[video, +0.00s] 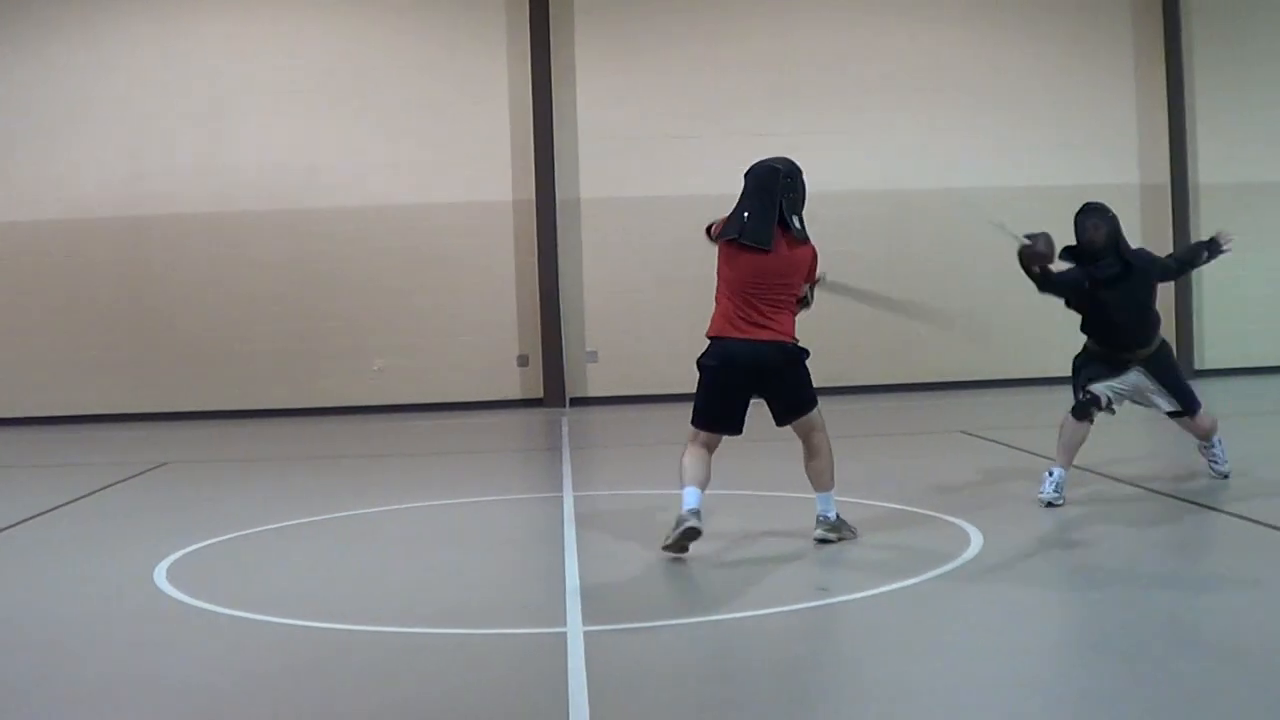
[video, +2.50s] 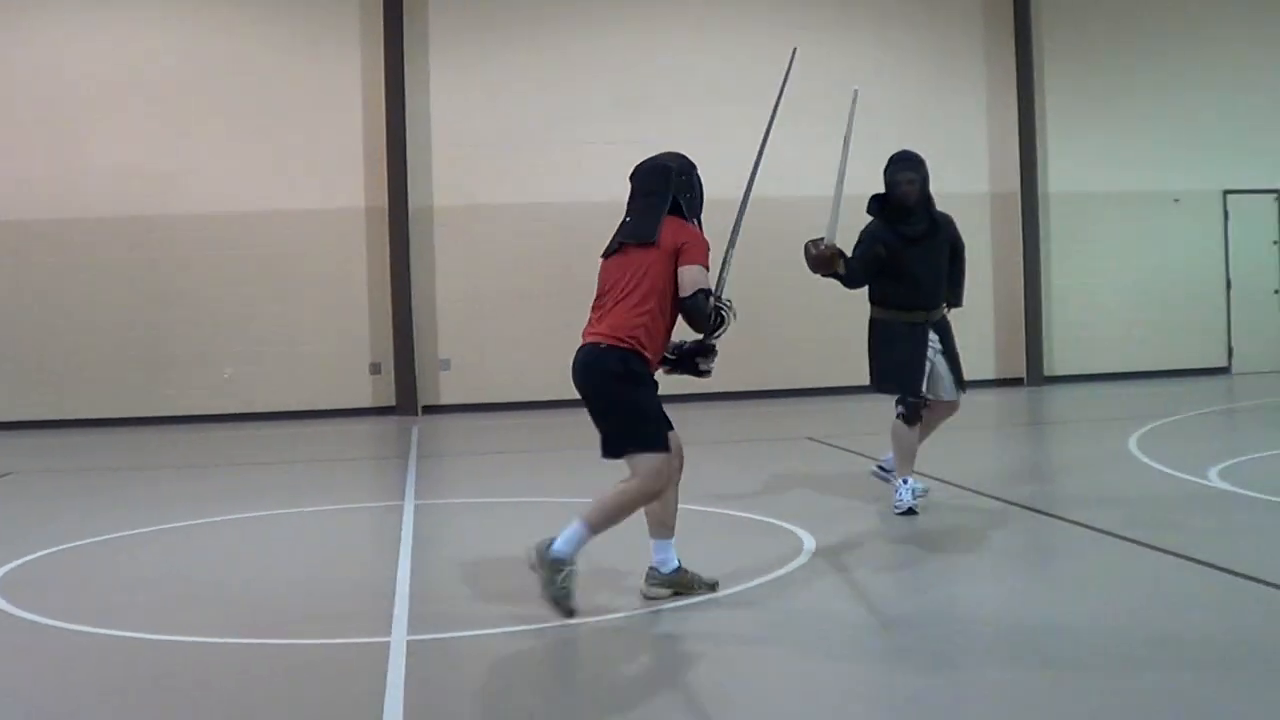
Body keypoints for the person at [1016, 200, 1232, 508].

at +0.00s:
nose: (1090, 235)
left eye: (1096, 227)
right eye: (1084, 229)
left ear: (1112, 229)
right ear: (1077, 236)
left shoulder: (1141, 264)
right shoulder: (1079, 277)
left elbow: (1176, 265)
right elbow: (1046, 283)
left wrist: (1208, 248)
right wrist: (1032, 263)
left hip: (1150, 356)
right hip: (1101, 359)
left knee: (1200, 425)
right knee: (1085, 406)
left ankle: (1211, 445)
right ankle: (1057, 476)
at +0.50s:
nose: (1111, 209)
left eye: (1118, 202)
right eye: (1106, 203)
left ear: (1135, 204)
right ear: (1101, 208)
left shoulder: (1167, 240)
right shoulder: (1102, 254)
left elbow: (1208, 265)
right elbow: (1075, 300)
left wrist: (1228, 250)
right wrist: (1036, 288)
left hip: (1165, 334)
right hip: (1118, 334)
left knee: (1188, 412)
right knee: (1093, 392)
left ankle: (1171, 457)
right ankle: (1093, 461)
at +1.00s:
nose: (1096, 199)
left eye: (1103, 192)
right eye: (1092, 194)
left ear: (1123, 195)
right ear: (1088, 201)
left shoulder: (1154, 238)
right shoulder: (1086, 249)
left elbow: (1192, 268)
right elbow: (1056, 289)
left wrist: (1212, 249)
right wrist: (1013, 274)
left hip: (1155, 333)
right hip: (1106, 336)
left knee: (1179, 401)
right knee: (1080, 401)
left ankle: (1180, 458)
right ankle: (1056, 473)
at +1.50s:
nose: (1065, 190)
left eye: (1072, 183)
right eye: (1059, 184)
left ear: (1090, 184)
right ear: (1054, 190)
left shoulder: (1121, 222)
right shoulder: (1053, 236)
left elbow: (1156, 251)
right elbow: (1027, 279)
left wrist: (1165, 286)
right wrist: (989, 266)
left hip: (1120, 322)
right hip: (1074, 324)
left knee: (1131, 396)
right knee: (1061, 396)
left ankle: (1104, 463)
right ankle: (1040, 472)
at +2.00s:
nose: (1021, 187)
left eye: (1027, 180)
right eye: (1015, 181)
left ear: (1041, 185)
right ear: (1005, 188)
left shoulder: (1065, 228)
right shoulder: (997, 237)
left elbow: (1090, 257)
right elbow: (968, 279)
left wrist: (1086, 299)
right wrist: (940, 260)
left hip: (1060, 324)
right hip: (1014, 328)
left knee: (1075, 399)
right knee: (1010, 402)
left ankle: (1057, 466)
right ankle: (993, 478)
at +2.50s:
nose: (906, 191)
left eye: (912, 183)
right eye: (899, 184)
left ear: (925, 184)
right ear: (888, 187)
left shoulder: (942, 225)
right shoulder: (878, 232)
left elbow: (956, 260)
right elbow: (857, 277)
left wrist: (950, 298)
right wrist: (836, 264)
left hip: (933, 323)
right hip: (896, 326)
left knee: (947, 401)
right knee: (910, 403)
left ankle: (894, 460)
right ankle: (904, 481)